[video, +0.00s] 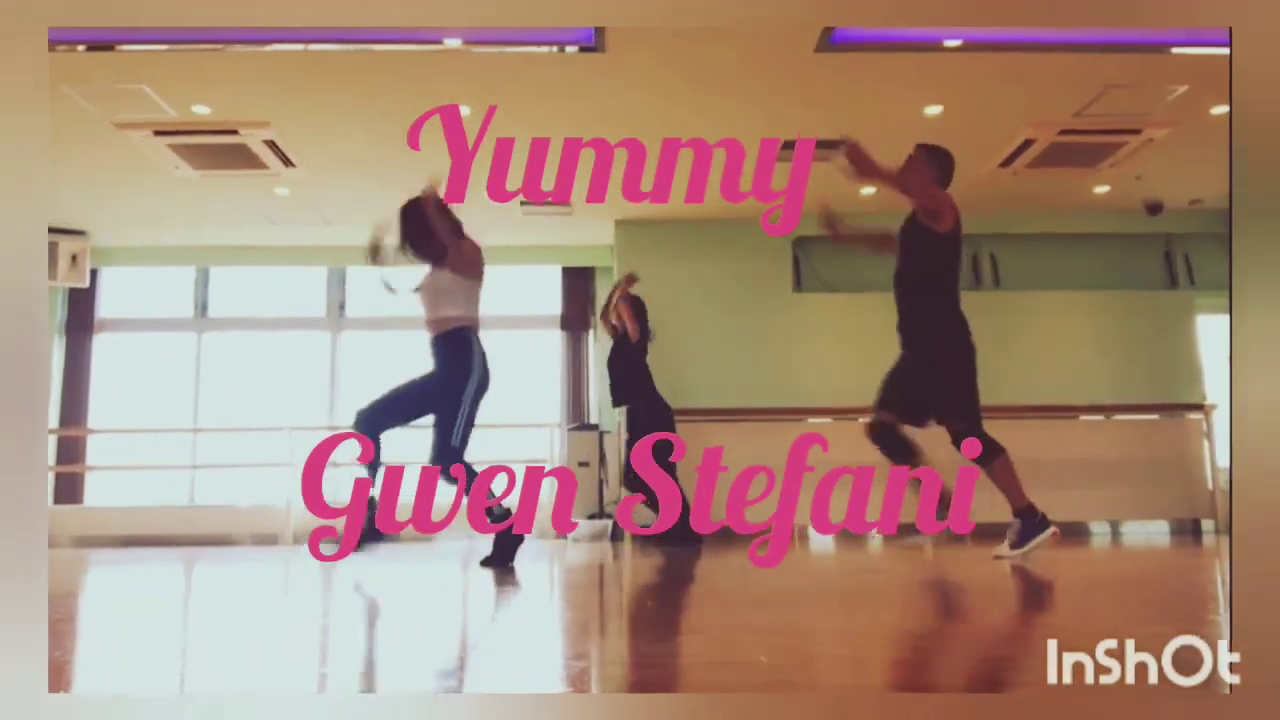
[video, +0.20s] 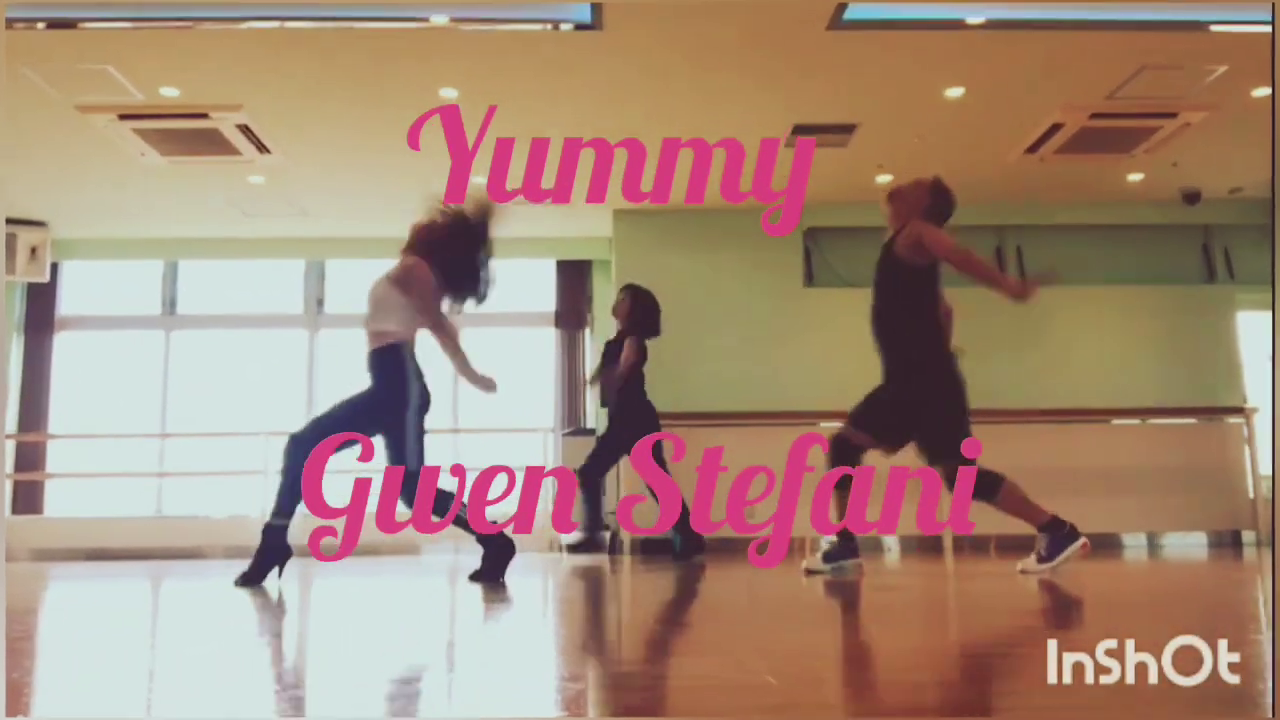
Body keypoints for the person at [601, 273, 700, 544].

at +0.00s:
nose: (617, 314)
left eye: (623, 309)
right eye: (616, 310)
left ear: (632, 314)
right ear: (617, 317)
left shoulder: (634, 339)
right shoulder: (621, 339)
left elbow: (622, 311)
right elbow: (606, 317)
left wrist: (623, 292)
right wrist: (618, 290)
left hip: (653, 413)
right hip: (639, 412)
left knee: (656, 473)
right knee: (634, 475)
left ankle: (683, 526)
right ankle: (671, 522)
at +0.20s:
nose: (615, 304)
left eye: (622, 300)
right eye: (618, 299)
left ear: (634, 308)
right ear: (633, 310)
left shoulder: (631, 338)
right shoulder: (621, 339)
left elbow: (627, 365)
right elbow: (606, 365)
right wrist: (592, 379)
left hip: (629, 419)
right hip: (639, 417)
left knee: (589, 473)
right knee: (658, 479)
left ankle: (593, 535)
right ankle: (687, 535)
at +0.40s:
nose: (593, 327)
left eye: (601, 324)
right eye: (595, 323)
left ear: (613, 333)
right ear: (595, 328)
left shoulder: (607, 360)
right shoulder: (583, 360)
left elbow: (629, 390)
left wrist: (655, 413)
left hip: (601, 448)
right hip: (581, 448)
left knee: (636, 502)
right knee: (536, 489)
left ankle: (689, 547)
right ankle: (520, 554)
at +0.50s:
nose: (576, 317)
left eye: (584, 315)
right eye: (575, 312)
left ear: (593, 325)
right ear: (569, 316)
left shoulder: (590, 351)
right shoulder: (553, 350)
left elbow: (609, 388)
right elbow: (556, 391)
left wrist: (619, 419)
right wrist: (552, 423)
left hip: (579, 437)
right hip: (553, 437)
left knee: (615, 494)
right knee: (517, 488)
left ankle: (668, 542)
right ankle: (517, 555)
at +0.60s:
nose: (563, 301)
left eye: (569, 298)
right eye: (560, 296)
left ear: (578, 304)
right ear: (551, 299)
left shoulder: (582, 339)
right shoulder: (534, 335)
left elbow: (594, 380)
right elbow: (534, 374)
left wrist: (586, 410)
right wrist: (530, 398)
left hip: (565, 417)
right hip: (535, 415)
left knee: (581, 487)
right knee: (518, 485)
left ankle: (608, 543)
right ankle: (515, 553)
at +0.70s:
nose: (546, 296)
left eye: (551, 291)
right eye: (540, 291)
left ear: (560, 297)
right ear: (531, 298)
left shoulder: (570, 332)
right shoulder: (521, 329)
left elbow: (586, 361)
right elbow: (492, 342)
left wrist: (598, 385)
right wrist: (469, 349)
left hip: (557, 416)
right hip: (526, 414)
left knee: (550, 481)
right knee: (511, 483)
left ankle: (538, 528)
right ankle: (497, 550)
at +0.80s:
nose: (530, 309)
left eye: (533, 303)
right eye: (523, 305)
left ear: (542, 308)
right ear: (514, 313)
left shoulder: (559, 346)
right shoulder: (512, 345)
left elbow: (591, 373)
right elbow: (464, 343)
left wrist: (622, 395)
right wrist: (424, 336)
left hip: (540, 430)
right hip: (514, 427)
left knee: (517, 496)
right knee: (506, 493)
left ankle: (482, 547)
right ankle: (480, 548)